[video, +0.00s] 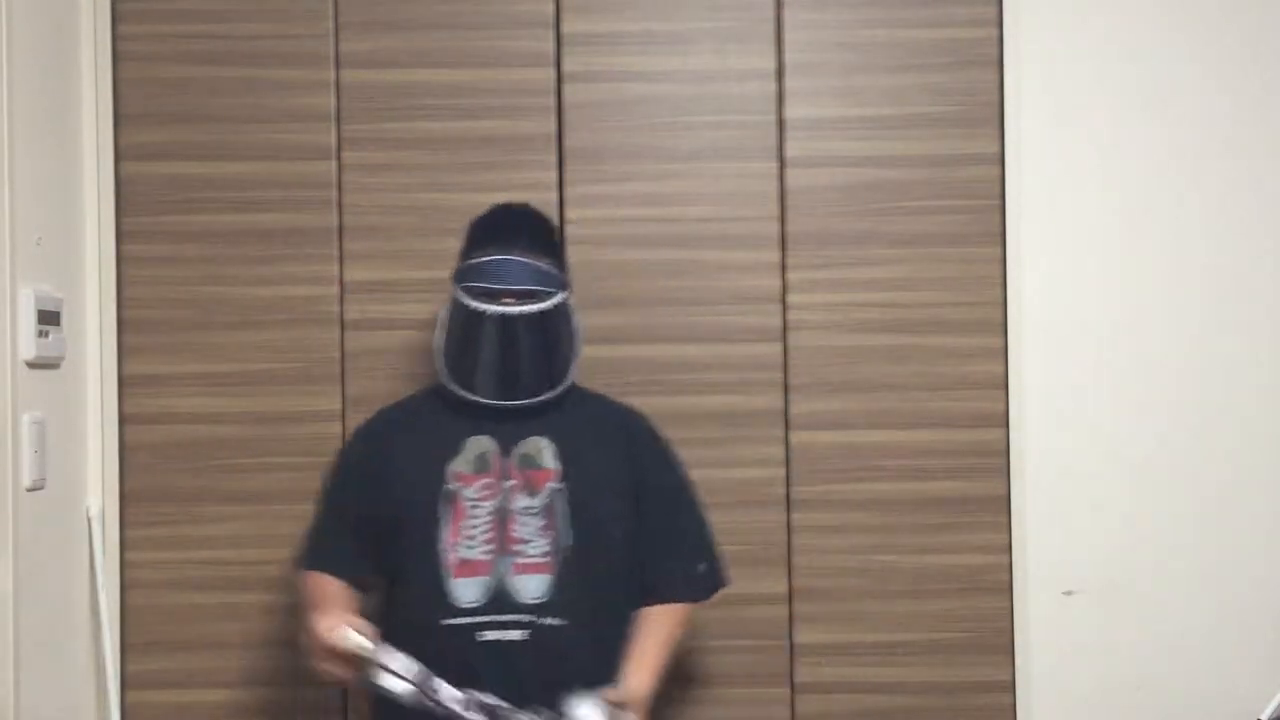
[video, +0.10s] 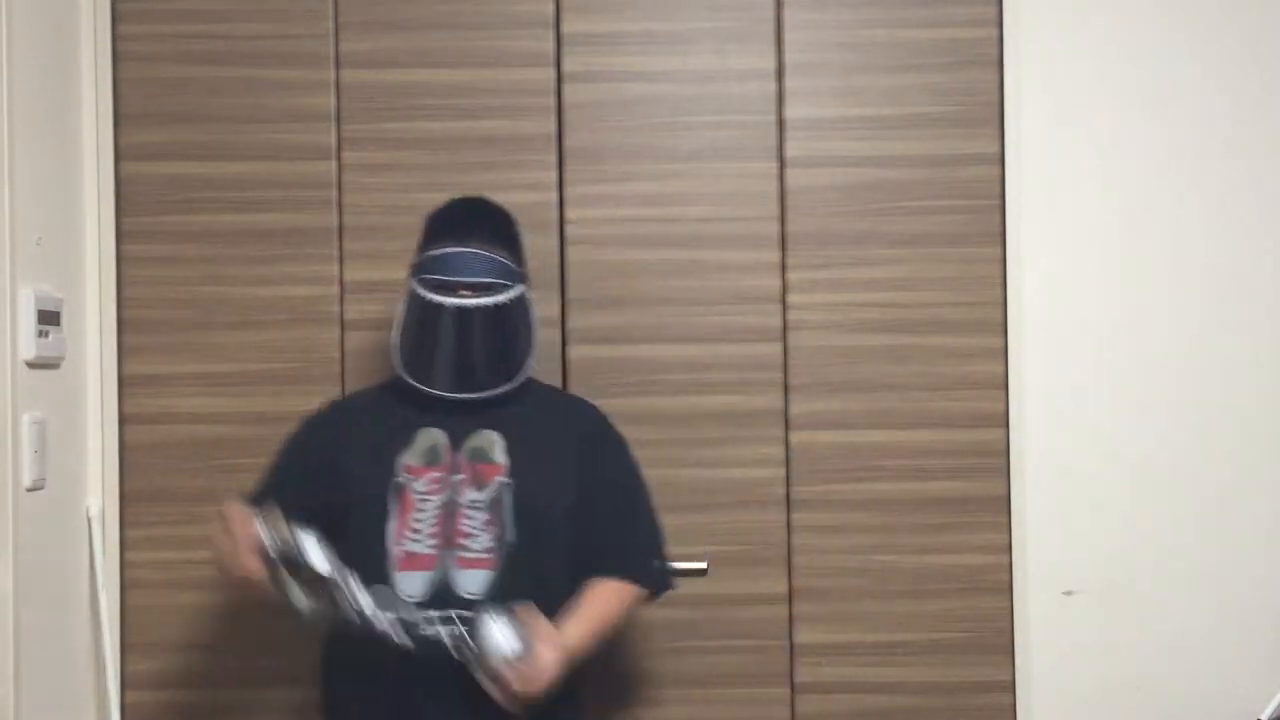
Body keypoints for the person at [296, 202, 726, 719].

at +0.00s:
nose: (509, 333)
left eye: (530, 315)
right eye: (489, 314)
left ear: (563, 316)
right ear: (457, 312)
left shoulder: (622, 441)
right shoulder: (390, 441)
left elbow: (675, 580)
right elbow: (331, 558)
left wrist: (632, 693)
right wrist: (332, 620)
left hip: (577, 702)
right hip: (428, 703)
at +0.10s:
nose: (462, 330)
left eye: (482, 311)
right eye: (444, 310)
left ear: (517, 310)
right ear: (412, 306)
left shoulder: (575, 434)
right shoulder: (343, 431)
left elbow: (629, 566)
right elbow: (275, 525)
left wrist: (558, 644)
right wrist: (247, 541)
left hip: (520, 704)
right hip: (373, 704)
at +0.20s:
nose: (427, 310)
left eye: (449, 292)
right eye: (410, 289)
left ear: (484, 296)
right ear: (380, 289)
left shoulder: (543, 421)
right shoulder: (310, 414)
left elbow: (611, 558)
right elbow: (197, 510)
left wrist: (499, 552)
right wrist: (186, 432)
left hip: (495, 702)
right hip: (341, 701)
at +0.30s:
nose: (407, 303)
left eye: (430, 284)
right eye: (387, 282)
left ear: (464, 290)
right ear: (356, 284)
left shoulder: (516, 413)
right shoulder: (284, 407)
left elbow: (579, 540)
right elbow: (150, 438)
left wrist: (455, 470)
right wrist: (146, 322)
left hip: (474, 700)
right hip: (319, 701)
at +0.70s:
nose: (415, 308)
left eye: (439, 289)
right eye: (398, 287)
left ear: (473, 296)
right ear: (367, 287)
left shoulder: (526, 421)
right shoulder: (292, 410)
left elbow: (600, 546)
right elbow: (160, 473)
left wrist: (479, 530)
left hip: (468, 702)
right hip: (301, 702)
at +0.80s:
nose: (444, 317)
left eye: (466, 299)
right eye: (427, 295)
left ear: (500, 304)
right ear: (395, 294)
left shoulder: (554, 431)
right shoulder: (322, 419)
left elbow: (622, 558)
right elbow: (220, 525)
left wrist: (527, 608)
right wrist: (214, 498)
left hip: (498, 707)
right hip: (332, 704)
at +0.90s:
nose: (486, 330)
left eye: (506, 310)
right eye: (468, 308)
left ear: (537, 311)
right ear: (435, 305)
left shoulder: (592, 437)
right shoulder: (363, 433)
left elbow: (636, 582)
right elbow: (304, 550)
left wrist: (582, 683)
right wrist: (286, 602)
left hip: (527, 701)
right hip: (382, 695)